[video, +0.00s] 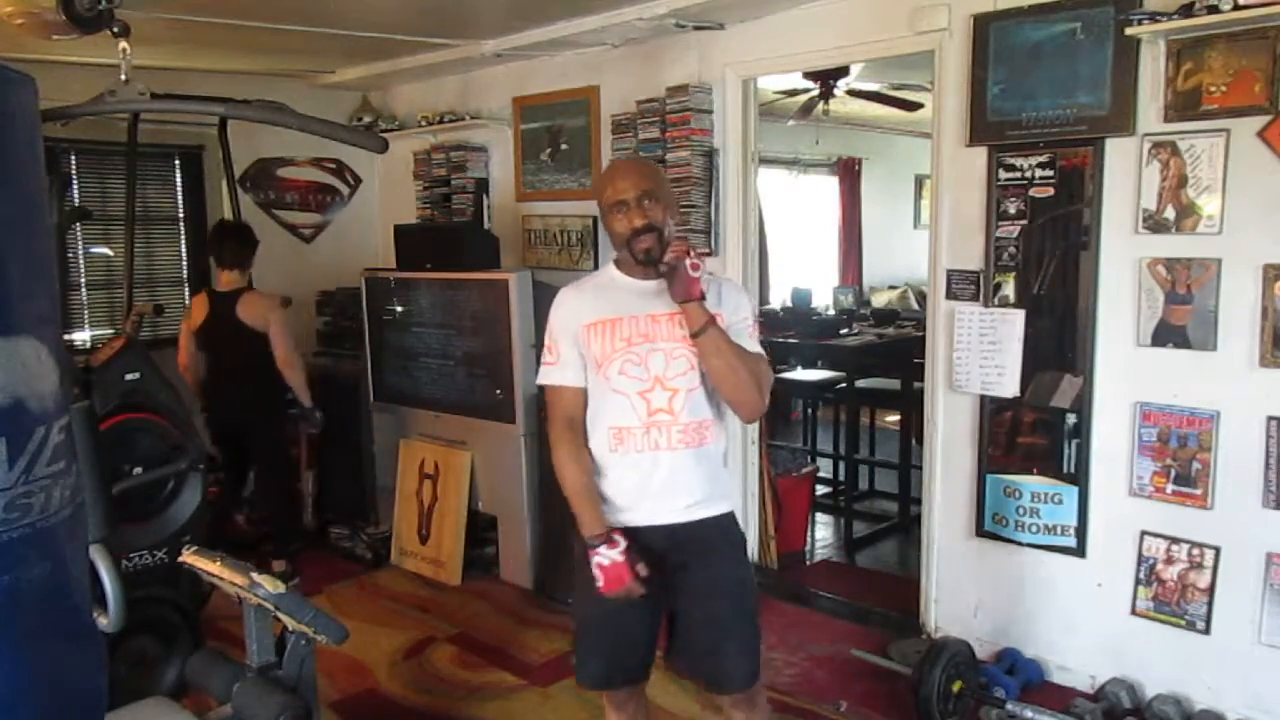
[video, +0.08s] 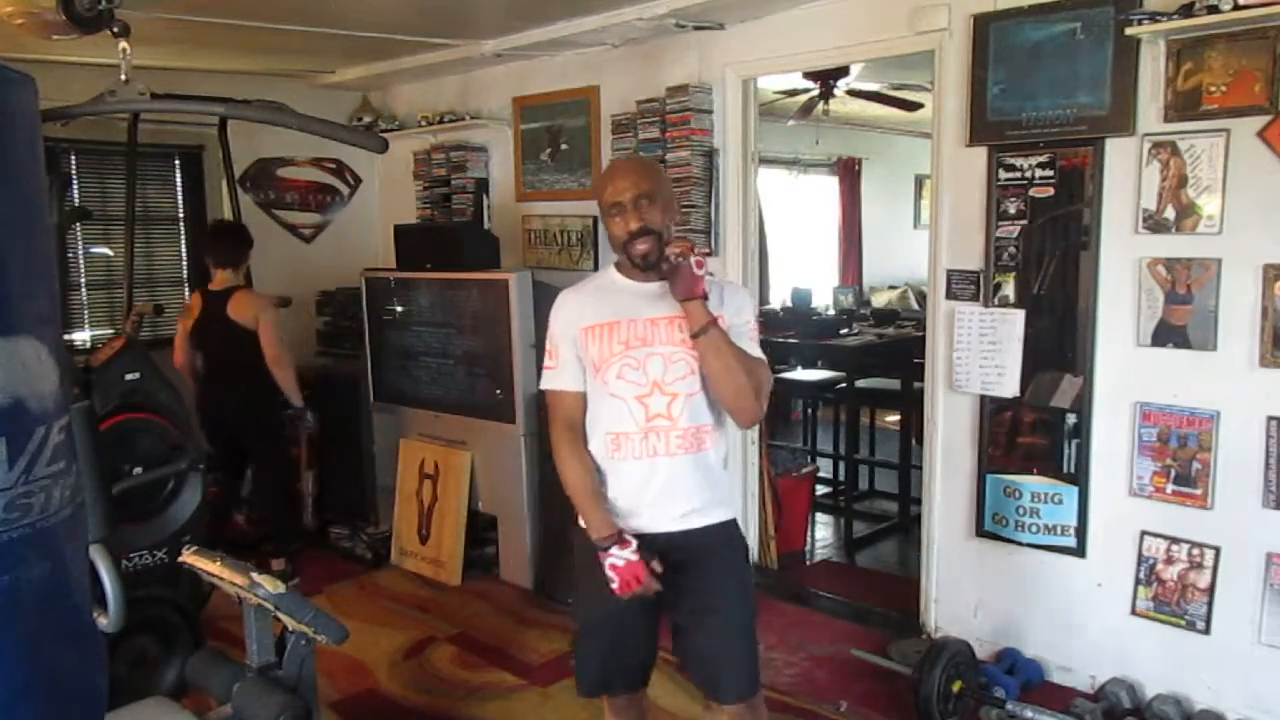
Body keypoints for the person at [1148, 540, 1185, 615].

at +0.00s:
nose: (1173, 554)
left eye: (1176, 552)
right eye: (1171, 551)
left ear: (1179, 553)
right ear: (1167, 551)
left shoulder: (1183, 567)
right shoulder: (1160, 565)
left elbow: (1182, 584)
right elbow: (1152, 580)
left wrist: (1174, 602)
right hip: (1159, 599)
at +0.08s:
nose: (1173, 554)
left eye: (1176, 552)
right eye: (1171, 551)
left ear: (1179, 553)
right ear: (1167, 551)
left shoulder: (1183, 567)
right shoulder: (1160, 565)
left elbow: (1182, 584)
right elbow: (1151, 580)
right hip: (1159, 599)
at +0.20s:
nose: (1173, 554)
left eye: (1176, 552)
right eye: (1171, 551)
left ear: (1179, 553)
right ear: (1167, 552)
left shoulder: (1183, 567)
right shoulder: (1160, 565)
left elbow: (1182, 584)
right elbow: (1153, 580)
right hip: (1159, 599)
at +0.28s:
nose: (1172, 554)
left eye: (1176, 552)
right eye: (1170, 551)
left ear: (1179, 553)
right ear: (1167, 551)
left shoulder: (1183, 567)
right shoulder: (1160, 565)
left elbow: (1182, 584)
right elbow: (1152, 580)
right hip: (1159, 599)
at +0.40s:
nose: (1173, 554)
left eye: (1176, 552)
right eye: (1171, 551)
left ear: (1179, 553)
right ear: (1167, 552)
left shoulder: (1181, 568)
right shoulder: (1160, 566)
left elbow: (1180, 586)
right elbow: (1153, 581)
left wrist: (1173, 603)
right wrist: (1151, 595)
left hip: (1173, 601)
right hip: (1160, 599)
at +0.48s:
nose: (1173, 554)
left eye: (1176, 552)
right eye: (1171, 551)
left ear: (1179, 553)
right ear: (1167, 552)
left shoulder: (1181, 568)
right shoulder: (1160, 566)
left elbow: (1180, 586)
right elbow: (1154, 581)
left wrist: (1173, 603)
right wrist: (1151, 595)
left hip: (1173, 601)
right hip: (1159, 599)